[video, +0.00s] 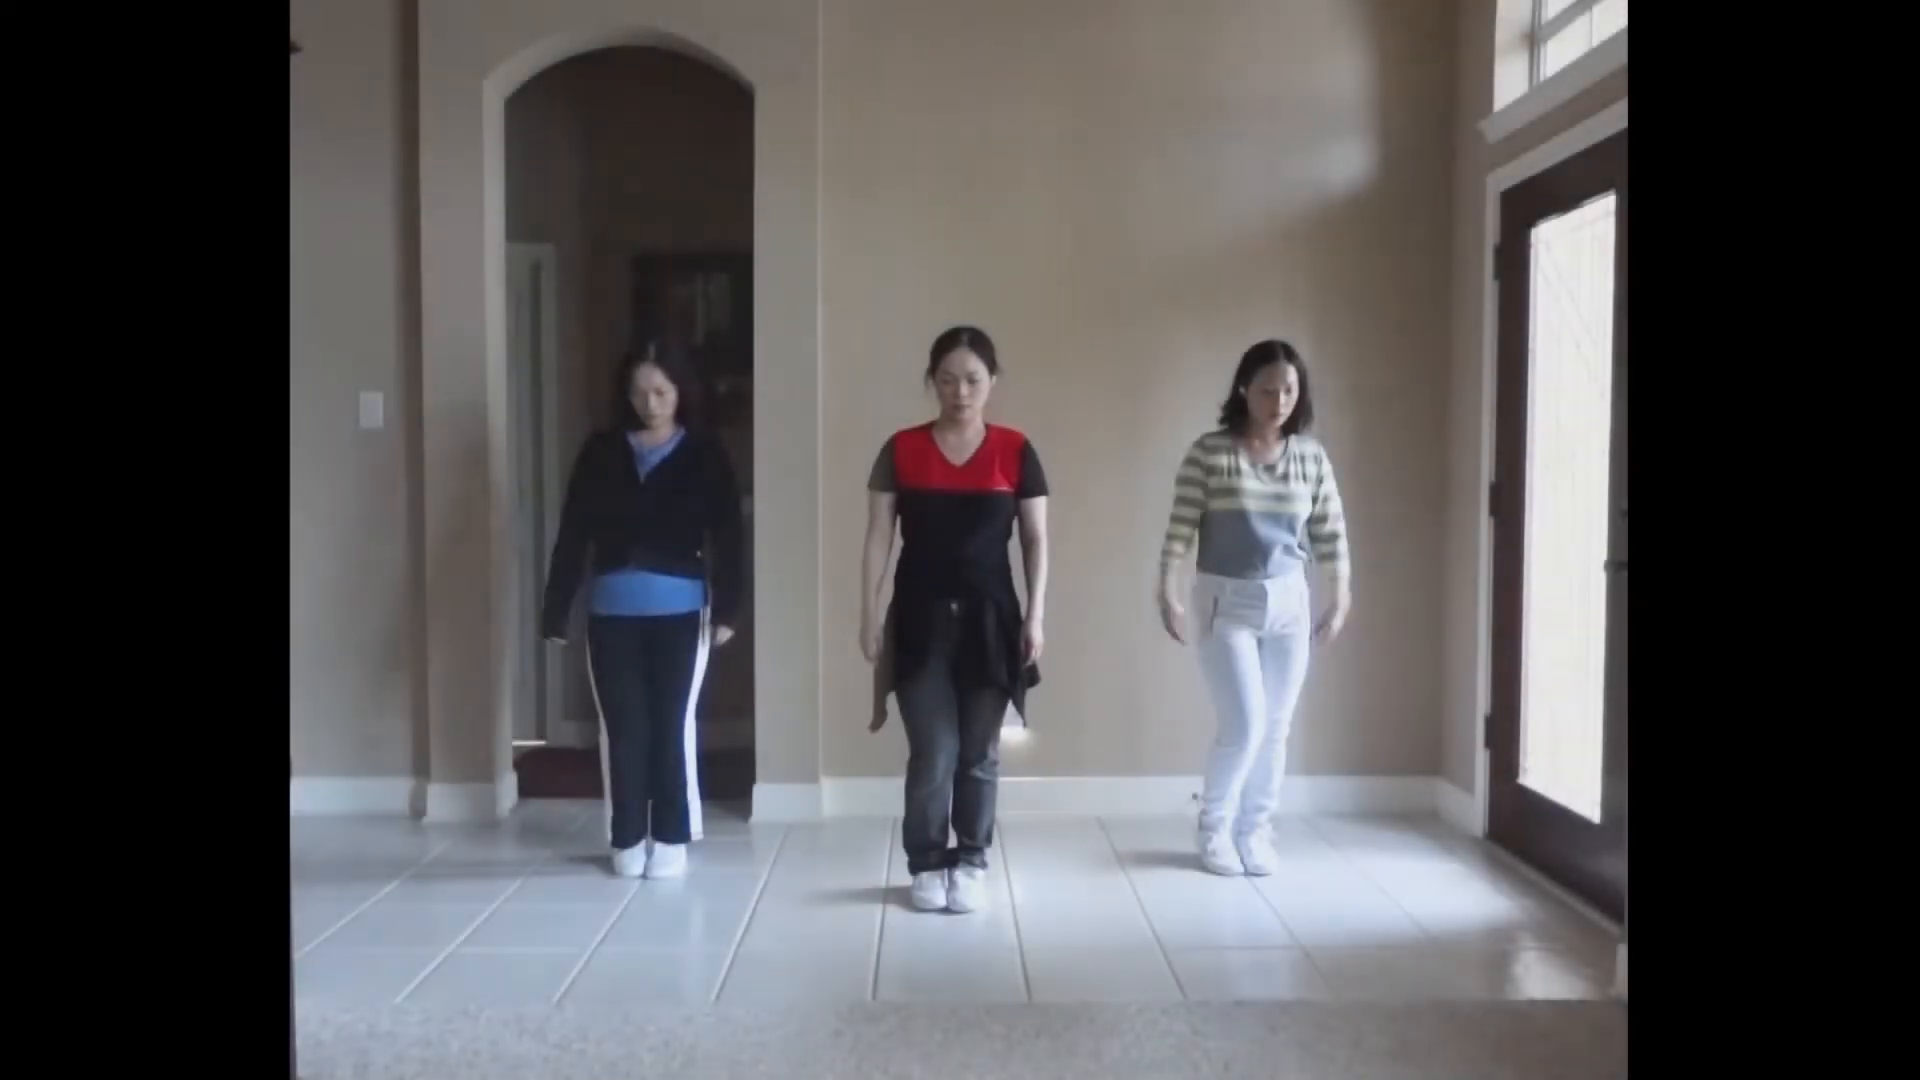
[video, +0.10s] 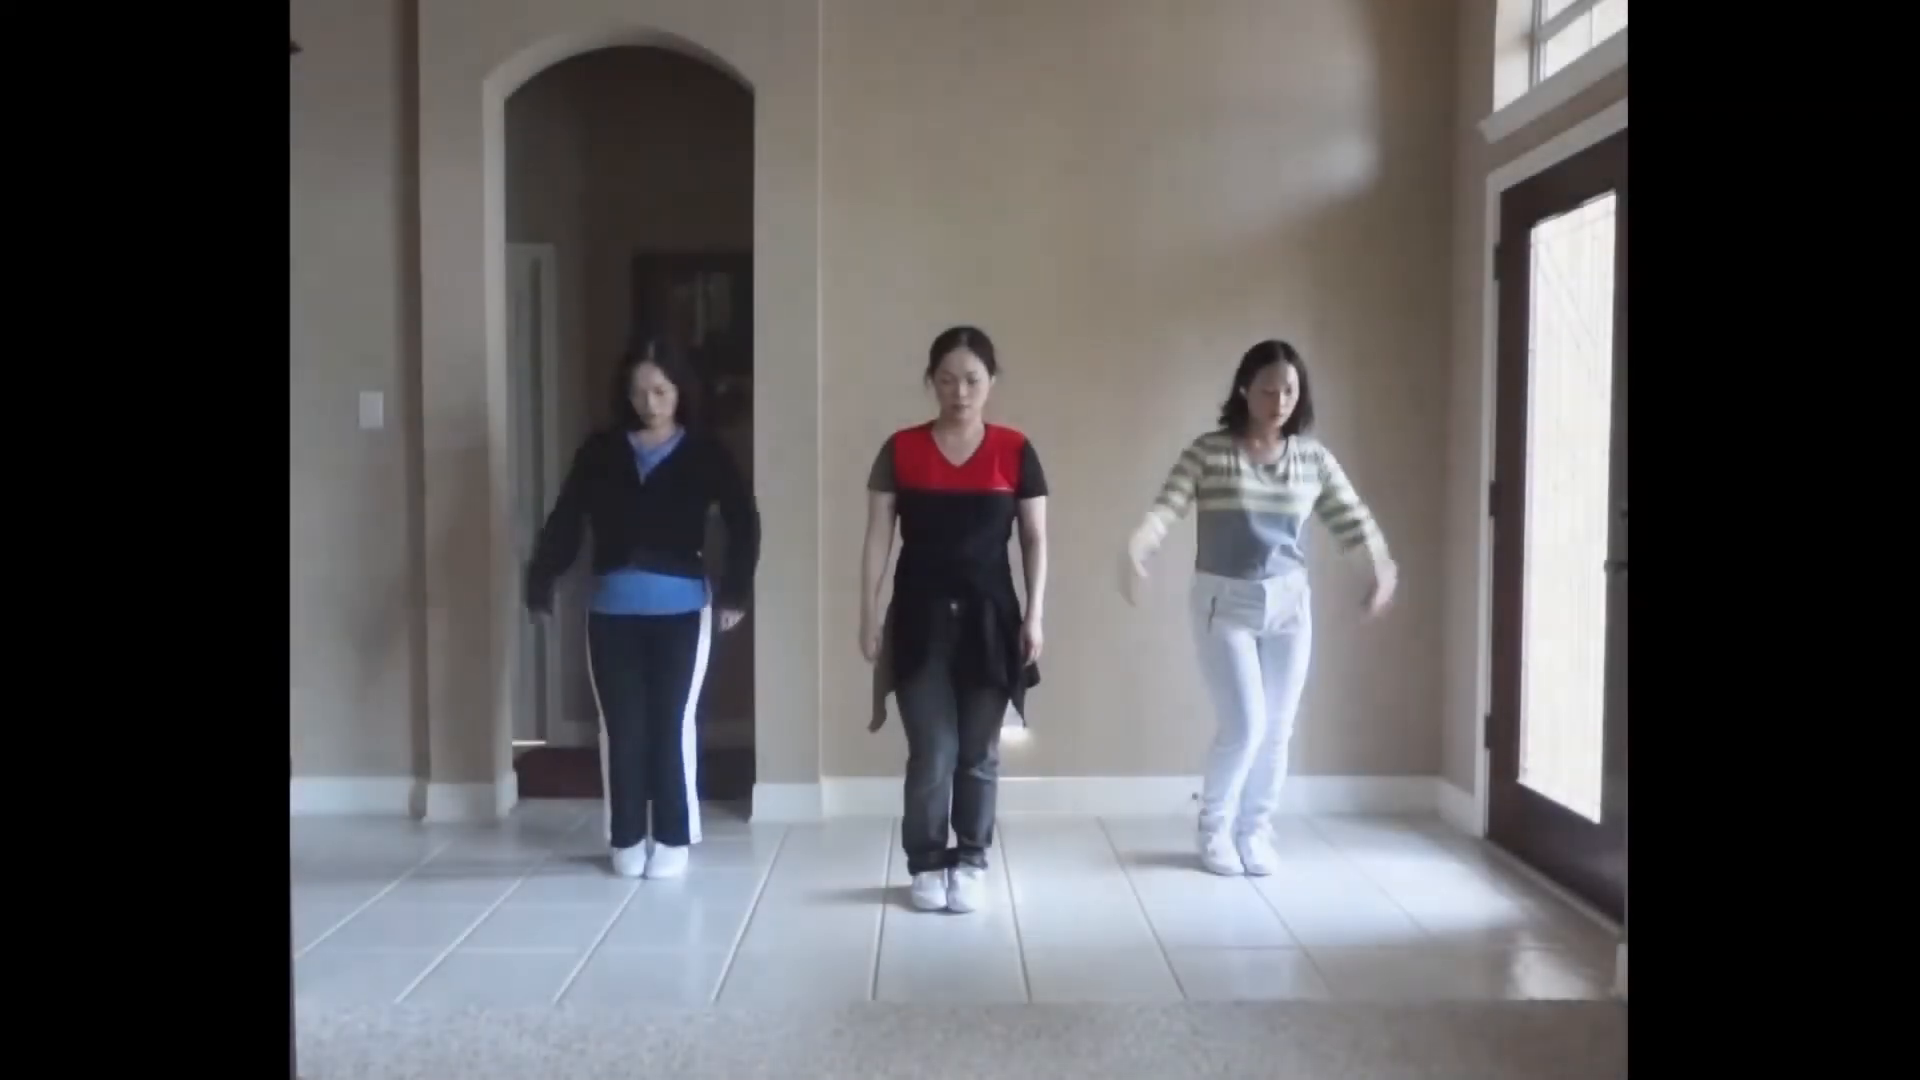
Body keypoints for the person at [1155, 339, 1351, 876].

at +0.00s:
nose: (1279, 399)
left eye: (1288, 389)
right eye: (1269, 388)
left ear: (1300, 395)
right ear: (1244, 390)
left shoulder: (1310, 457)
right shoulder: (1210, 452)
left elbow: (1330, 532)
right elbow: (1181, 526)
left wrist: (1341, 596)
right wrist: (1167, 592)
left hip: (1290, 607)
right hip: (1224, 606)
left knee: (1274, 728)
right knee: (1244, 725)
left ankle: (1256, 831)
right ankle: (1214, 830)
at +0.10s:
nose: (1279, 399)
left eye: (1289, 389)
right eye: (1269, 387)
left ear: (1300, 396)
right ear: (1245, 390)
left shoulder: (1312, 458)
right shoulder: (1209, 451)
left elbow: (1352, 517)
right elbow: (1169, 505)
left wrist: (1383, 568)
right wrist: (1137, 546)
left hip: (1289, 608)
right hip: (1223, 607)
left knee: (1276, 728)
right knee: (1244, 725)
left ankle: (1256, 831)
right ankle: (1214, 829)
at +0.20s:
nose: (1279, 404)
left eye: (1289, 394)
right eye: (1268, 392)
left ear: (1299, 400)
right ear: (1244, 394)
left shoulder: (1313, 458)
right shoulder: (1207, 452)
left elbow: (1363, 498)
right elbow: (1162, 487)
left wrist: (1408, 513)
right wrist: (1135, 490)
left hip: (1287, 610)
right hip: (1222, 608)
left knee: (1282, 729)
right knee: (1246, 724)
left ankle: (1257, 832)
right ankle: (1216, 827)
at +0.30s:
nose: (1279, 414)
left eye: (1288, 404)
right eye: (1269, 403)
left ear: (1298, 410)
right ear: (1244, 403)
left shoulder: (1312, 465)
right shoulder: (1205, 459)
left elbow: (1382, 499)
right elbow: (1144, 484)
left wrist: (1389, 438)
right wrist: (1141, 418)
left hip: (1285, 617)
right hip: (1219, 616)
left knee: (1285, 733)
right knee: (1248, 729)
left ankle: (1259, 835)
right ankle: (1204, 782)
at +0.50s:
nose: (1266, 431)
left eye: (1277, 421)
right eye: (1256, 419)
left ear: (1289, 423)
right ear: (1236, 417)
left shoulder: (1303, 467)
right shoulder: (1205, 459)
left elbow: (1361, 424)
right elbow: (1166, 431)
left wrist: (1312, 408)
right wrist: (1185, 412)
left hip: (1282, 616)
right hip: (1215, 615)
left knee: (1283, 731)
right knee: (1215, 726)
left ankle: (1257, 836)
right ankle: (1184, 747)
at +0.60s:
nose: (1258, 397)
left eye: (1269, 387)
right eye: (1247, 385)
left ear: (1281, 396)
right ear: (1229, 390)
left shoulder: (1295, 447)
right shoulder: (1202, 446)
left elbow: (1338, 385)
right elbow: (1177, 393)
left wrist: (1287, 348)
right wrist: (1197, 360)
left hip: (1276, 598)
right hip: (1210, 598)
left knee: (1273, 724)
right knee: (1195, 714)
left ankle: (1258, 834)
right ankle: (1183, 795)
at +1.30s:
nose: (1209, 418)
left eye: (1218, 407)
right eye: (1198, 406)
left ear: (1231, 418)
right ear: (1179, 413)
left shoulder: (1243, 463)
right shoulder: (1158, 461)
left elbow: (1258, 436)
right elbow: (1183, 431)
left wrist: (1233, 409)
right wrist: (1211, 408)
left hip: (1233, 591)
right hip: (1172, 596)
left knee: (1255, 711)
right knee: (1182, 721)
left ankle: (1267, 826)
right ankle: (1199, 808)